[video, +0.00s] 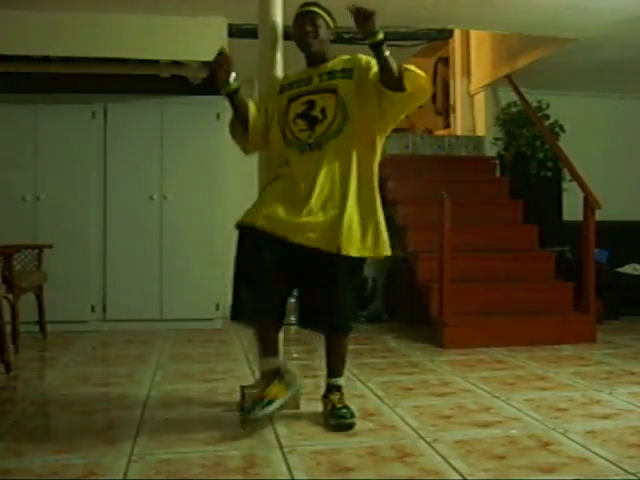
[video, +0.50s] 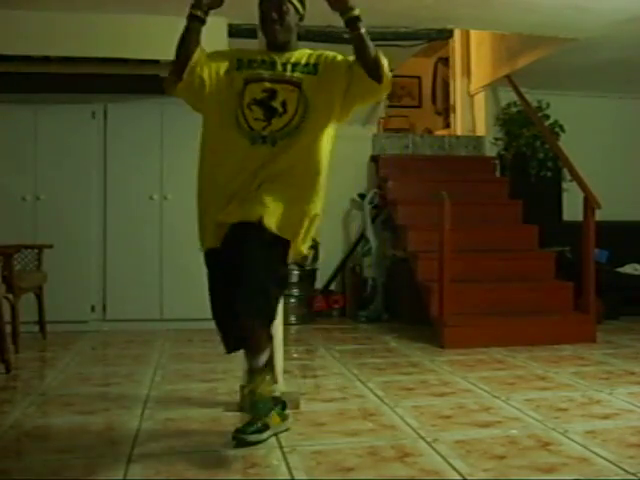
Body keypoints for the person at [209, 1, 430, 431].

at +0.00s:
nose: (309, 30)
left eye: (316, 23)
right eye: (302, 25)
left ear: (332, 31)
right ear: (294, 36)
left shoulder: (359, 71)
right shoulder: (281, 89)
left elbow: (398, 88)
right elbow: (249, 138)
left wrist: (373, 38)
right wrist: (232, 90)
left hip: (341, 210)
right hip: (281, 207)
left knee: (337, 311)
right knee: (258, 288)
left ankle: (335, 392)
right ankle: (273, 377)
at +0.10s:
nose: (296, 32)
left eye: (304, 25)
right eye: (291, 27)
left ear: (324, 33)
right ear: (286, 39)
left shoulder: (350, 68)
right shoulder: (280, 94)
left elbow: (388, 101)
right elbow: (261, 155)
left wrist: (369, 53)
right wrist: (231, 109)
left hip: (332, 212)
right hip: (273, 213)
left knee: (333, 308)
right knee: (257, 305)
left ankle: (334, 394)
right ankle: (264, 398)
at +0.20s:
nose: (287, 32)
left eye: (295, 24)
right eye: (281, 28)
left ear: (315, 32)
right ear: (277, 40)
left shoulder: (343, 69)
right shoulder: (273, 92)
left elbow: (385, 120)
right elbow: (254, 143)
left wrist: (366, 59)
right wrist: (220, 97)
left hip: (323, 214)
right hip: (261, 218)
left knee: (322, 311)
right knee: (256, 313)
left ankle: (332, 391)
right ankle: (272, 402)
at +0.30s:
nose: (279, 28)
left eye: (288, 20)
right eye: (272, 23)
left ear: (308, 30)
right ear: (266, 36)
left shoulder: (334, 71)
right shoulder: (253, 86)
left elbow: (377, 100)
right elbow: (220, 129)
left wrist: (359, 40)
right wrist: (209, 76)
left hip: (306, 205)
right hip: (250, 209)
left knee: (291, 292)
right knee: (247, 309)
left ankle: (324, 366)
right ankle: (271, 403)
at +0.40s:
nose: (275, 21)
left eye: (284, 14)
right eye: (268, 16)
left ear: (303, 26)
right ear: (261, 29)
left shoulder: (329, 71)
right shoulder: (239, 77)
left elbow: (377, 80)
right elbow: (186, 95)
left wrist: (355, 23)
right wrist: (201, 34)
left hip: (300, 196)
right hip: (242, 202)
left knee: (260, 250)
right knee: (240, 303)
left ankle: (295, 340)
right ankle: (271, 401)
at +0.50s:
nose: (275, 15)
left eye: (284, 8)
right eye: (268, 8)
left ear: (299, 19)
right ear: (258, 18)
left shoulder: (321, 66)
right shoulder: (228, 65)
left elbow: (376, 78)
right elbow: (178, 78)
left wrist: (351, 19)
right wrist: (196, 20)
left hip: (285, 194)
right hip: (225, 193)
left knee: (252, 285)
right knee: (233, 301)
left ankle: (259, 385)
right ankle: (269, 397)